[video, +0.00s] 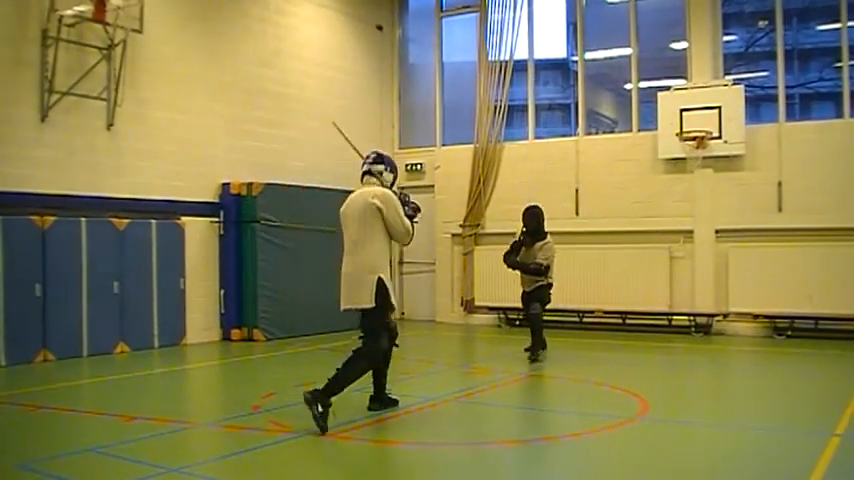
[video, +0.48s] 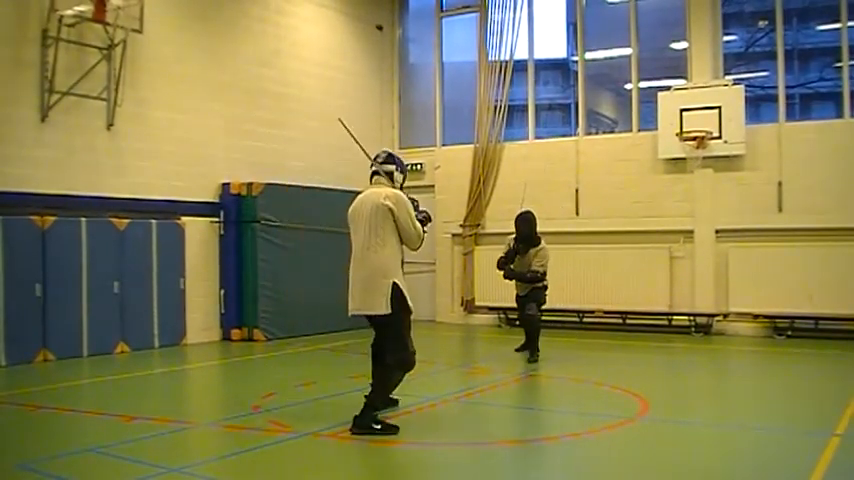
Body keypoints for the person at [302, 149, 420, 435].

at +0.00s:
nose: (394, 181)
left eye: (393, 177)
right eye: (394, 176)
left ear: (365, 173)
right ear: (388, 174)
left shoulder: (349, 201)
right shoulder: (384, 196)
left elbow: (366, 237)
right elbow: (404, 235)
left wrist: (398, 212)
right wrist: (408, 215)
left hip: (355, 279)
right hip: (375, 279)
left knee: (386, 335)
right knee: (377, 344)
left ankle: (380, 395)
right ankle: (322, 396)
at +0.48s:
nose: (403, 179)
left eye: (403, 174)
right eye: (402, 174)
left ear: (374, 172)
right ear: (395, 173)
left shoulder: (357, 203)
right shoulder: (395, 197)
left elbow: (371, 237)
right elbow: (414, 241)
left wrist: (407, 216)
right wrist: (421, 220)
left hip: (361, 288)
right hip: (387, 287)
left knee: (383, 342)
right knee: (403, 354)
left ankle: (379, 394)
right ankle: (367, 417)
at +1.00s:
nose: (413, 183)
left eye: (412, 179)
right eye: (412, 179)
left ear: (383, 178)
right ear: (406, 178)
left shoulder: (366, 210)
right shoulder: (410, 205)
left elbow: (375, 249)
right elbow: (426, 251)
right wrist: (428, 227)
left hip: (376, 297)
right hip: (404, 296)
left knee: (411, 333)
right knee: (412, 363)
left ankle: (416, 388)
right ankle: (366, 417)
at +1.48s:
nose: (433, 185)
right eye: (432, 182)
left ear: (406, 183)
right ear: (430, 182)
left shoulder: (392, 206)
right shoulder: (442, 207)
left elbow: (382, 247)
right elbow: (449, 253)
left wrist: (405, 259)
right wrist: (428, 260)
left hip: (403, 287)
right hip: (436, 287)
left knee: (408, 338)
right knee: (449, 346)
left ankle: (418, 391)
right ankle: (421, 383)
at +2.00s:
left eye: (434, 178)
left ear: (433, 180)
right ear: (457, 180)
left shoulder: (422, 204)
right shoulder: (470, 208)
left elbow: (418, 248)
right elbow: (473, 243)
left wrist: (433, 272)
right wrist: (454, 264)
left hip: (434, 279)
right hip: (466, 280)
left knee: (396, 331)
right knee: (461, 331)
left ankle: (397, 387)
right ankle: (471, 391)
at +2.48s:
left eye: (416, 184)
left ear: (415, 185)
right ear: (441, 186)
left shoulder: (401, 207)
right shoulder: (454, 214)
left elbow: (397, 252)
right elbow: (455, 253)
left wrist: (414, 276)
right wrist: (433, 277)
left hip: (410, 290)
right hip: (446, 292)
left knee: (382, 352)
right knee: (455, 340)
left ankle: (393, 415)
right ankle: (469, 392)